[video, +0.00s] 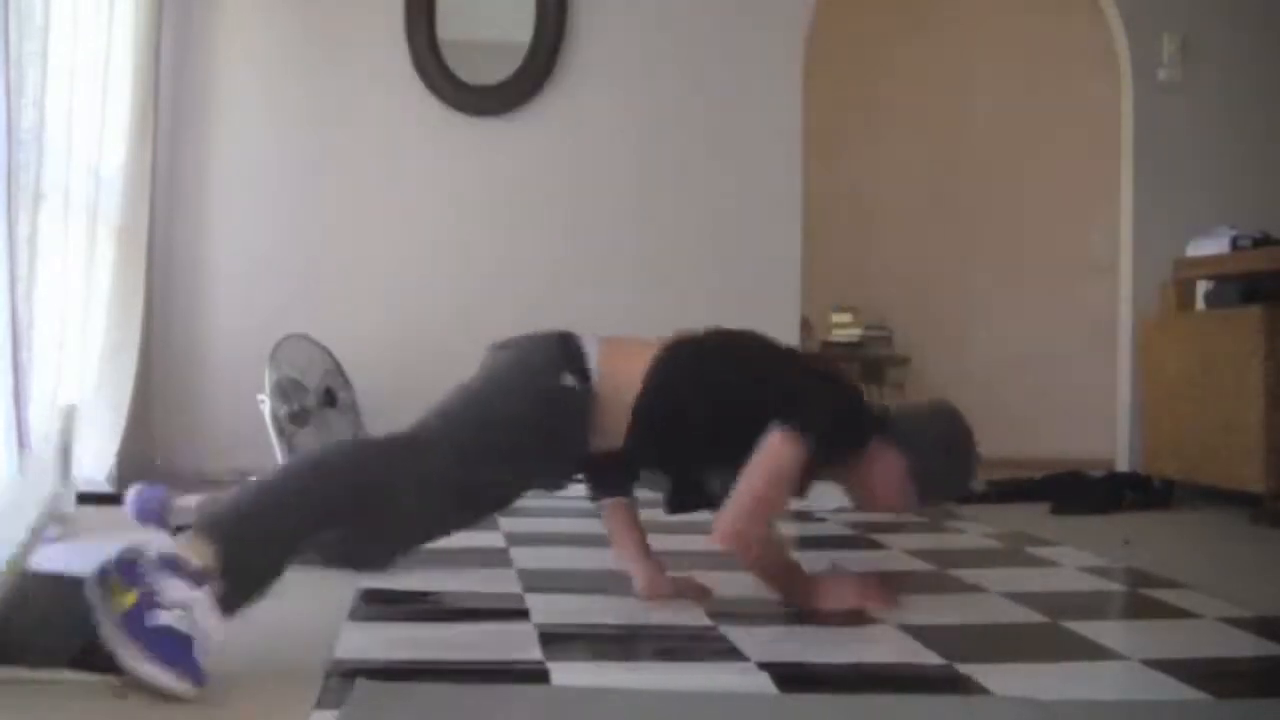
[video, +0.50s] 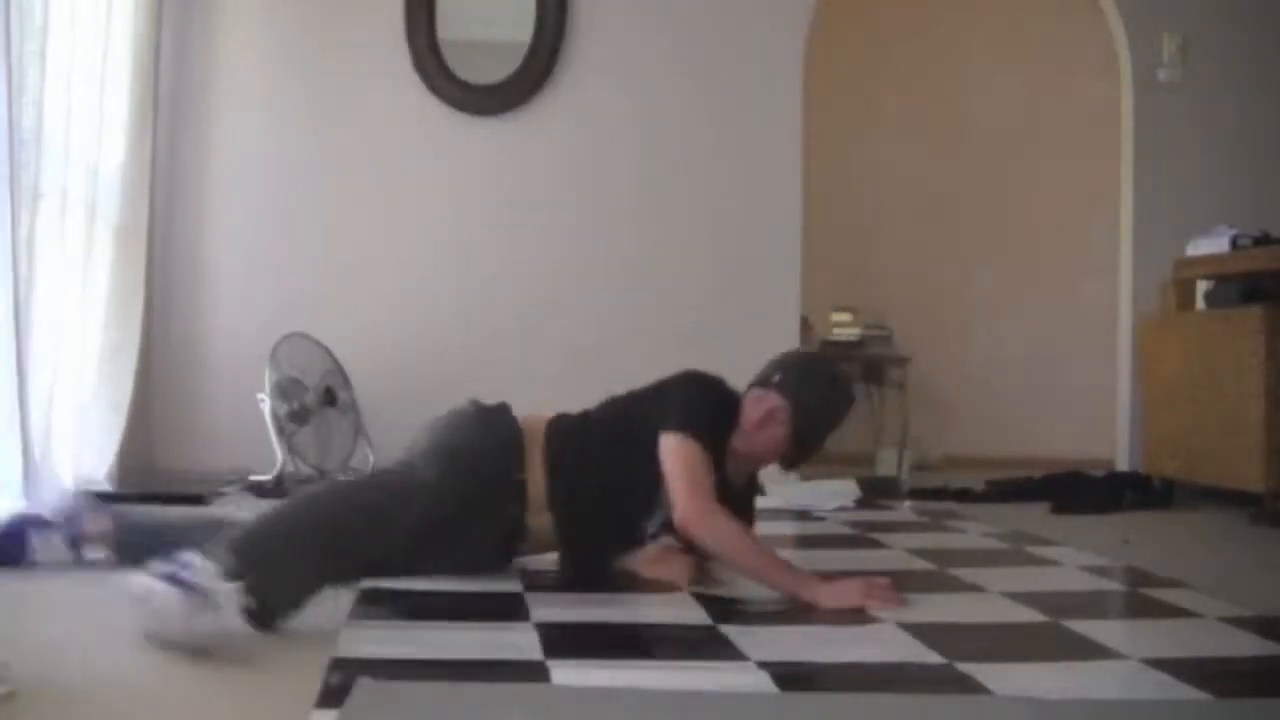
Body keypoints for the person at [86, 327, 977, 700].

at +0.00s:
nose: (893, 511)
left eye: (911, 507)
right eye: (908, 499)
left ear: (889, 462)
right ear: (896, 453)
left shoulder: (786, 403)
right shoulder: (828, 406)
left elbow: (616, 451)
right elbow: (744, 529)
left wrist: (646, 569)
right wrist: (811, 594)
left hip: (559, 425)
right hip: (560, 387)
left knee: (383, 530)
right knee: (394, 470)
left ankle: (192, 528)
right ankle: (191, 557)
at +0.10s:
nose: (860, 467)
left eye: (876, 462)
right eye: (875, 451)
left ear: (853, 424)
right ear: (861, 406)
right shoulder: (796, 369)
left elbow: (596, 463)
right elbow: (751, 491)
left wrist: (636, 562)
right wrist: (808, 590)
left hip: (535, 426)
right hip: (527, 389)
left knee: (376, 500)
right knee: (398, 500)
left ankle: (181, 483)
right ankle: (229, 580)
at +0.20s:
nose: (848, 457)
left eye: (864, 449)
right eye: (861, 437)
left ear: (846, 418)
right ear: (845, 392)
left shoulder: (753, 415)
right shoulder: (773, 363)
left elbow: (616, 475)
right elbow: (744, 489)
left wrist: (652, 538)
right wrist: (810, 589)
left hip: (526, 463)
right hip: (515, 399)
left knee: (360, 506)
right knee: (427, 509)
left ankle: (180, 471)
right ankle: (279, 632)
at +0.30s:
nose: (805, 427)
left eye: (822, 426)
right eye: (814, 407)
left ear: (816, 428)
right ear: (795, 372)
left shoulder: (749, 468)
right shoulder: (721, 372)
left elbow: (628, 555)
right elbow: (716, 497)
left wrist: (677, 567)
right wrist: (808, 587)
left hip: (510, 534)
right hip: (499, 449)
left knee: (342, 568)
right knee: (422, 522)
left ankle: (131, 519)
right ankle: (267, 621)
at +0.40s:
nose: (790, 441)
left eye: (803, 436)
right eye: (800, 421)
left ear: (793, 423)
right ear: (783, 385)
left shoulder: (727, 489)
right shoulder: (712, 380)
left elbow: (608, 559)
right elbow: (708, 504)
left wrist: (684, 567)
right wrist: (811, 591)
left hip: (498, 538)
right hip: (499, 450)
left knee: (285, 534)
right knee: (420, 514)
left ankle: (113, 489)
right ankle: (270, 613)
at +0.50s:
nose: (766, 443)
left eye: (781, 443)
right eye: (774, 424)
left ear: (781, 443)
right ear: (761, 396)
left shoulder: (705, 491)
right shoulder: (698, 397)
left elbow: (596, 562)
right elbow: (701, 513)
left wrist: (667, 564)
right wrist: (811, 591)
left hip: (501, 533)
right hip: (498, 448)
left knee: (334, 544)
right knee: (399, 506)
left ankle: (110, 525)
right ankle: (220, 580)